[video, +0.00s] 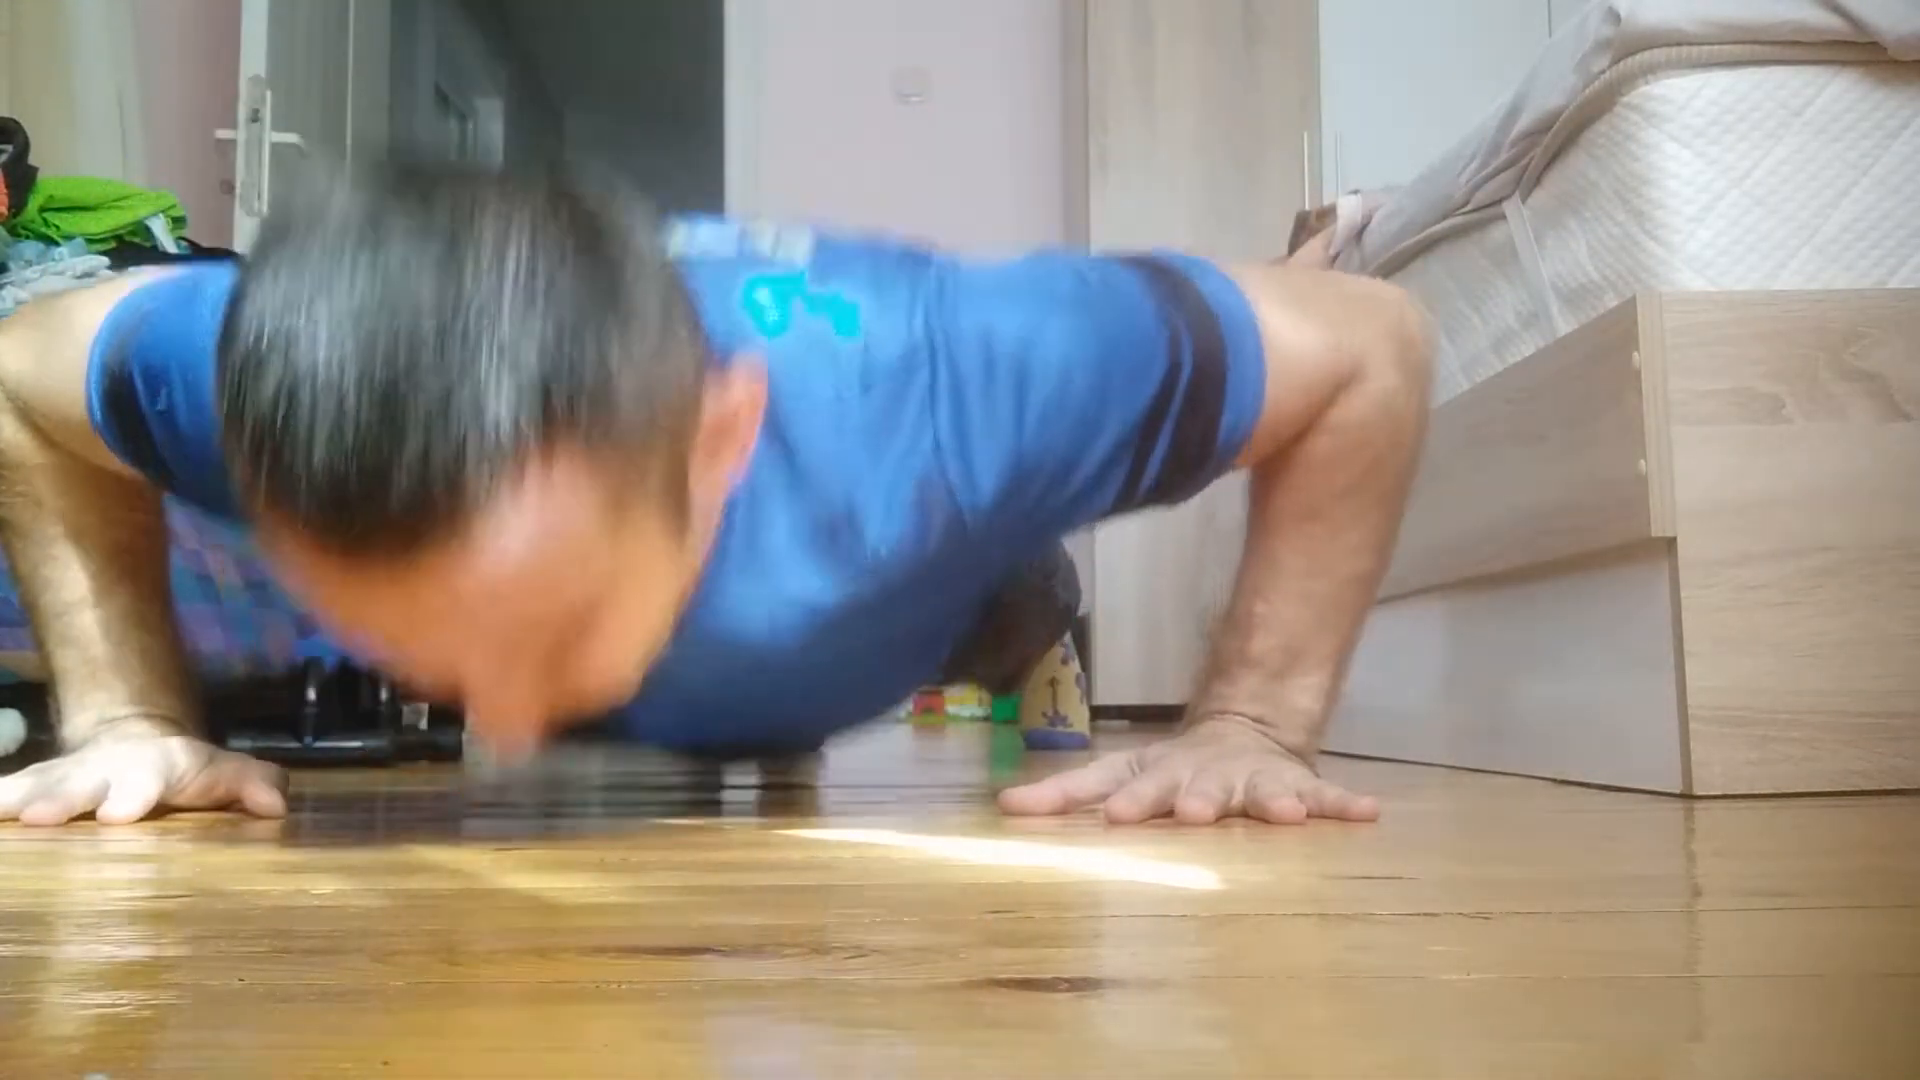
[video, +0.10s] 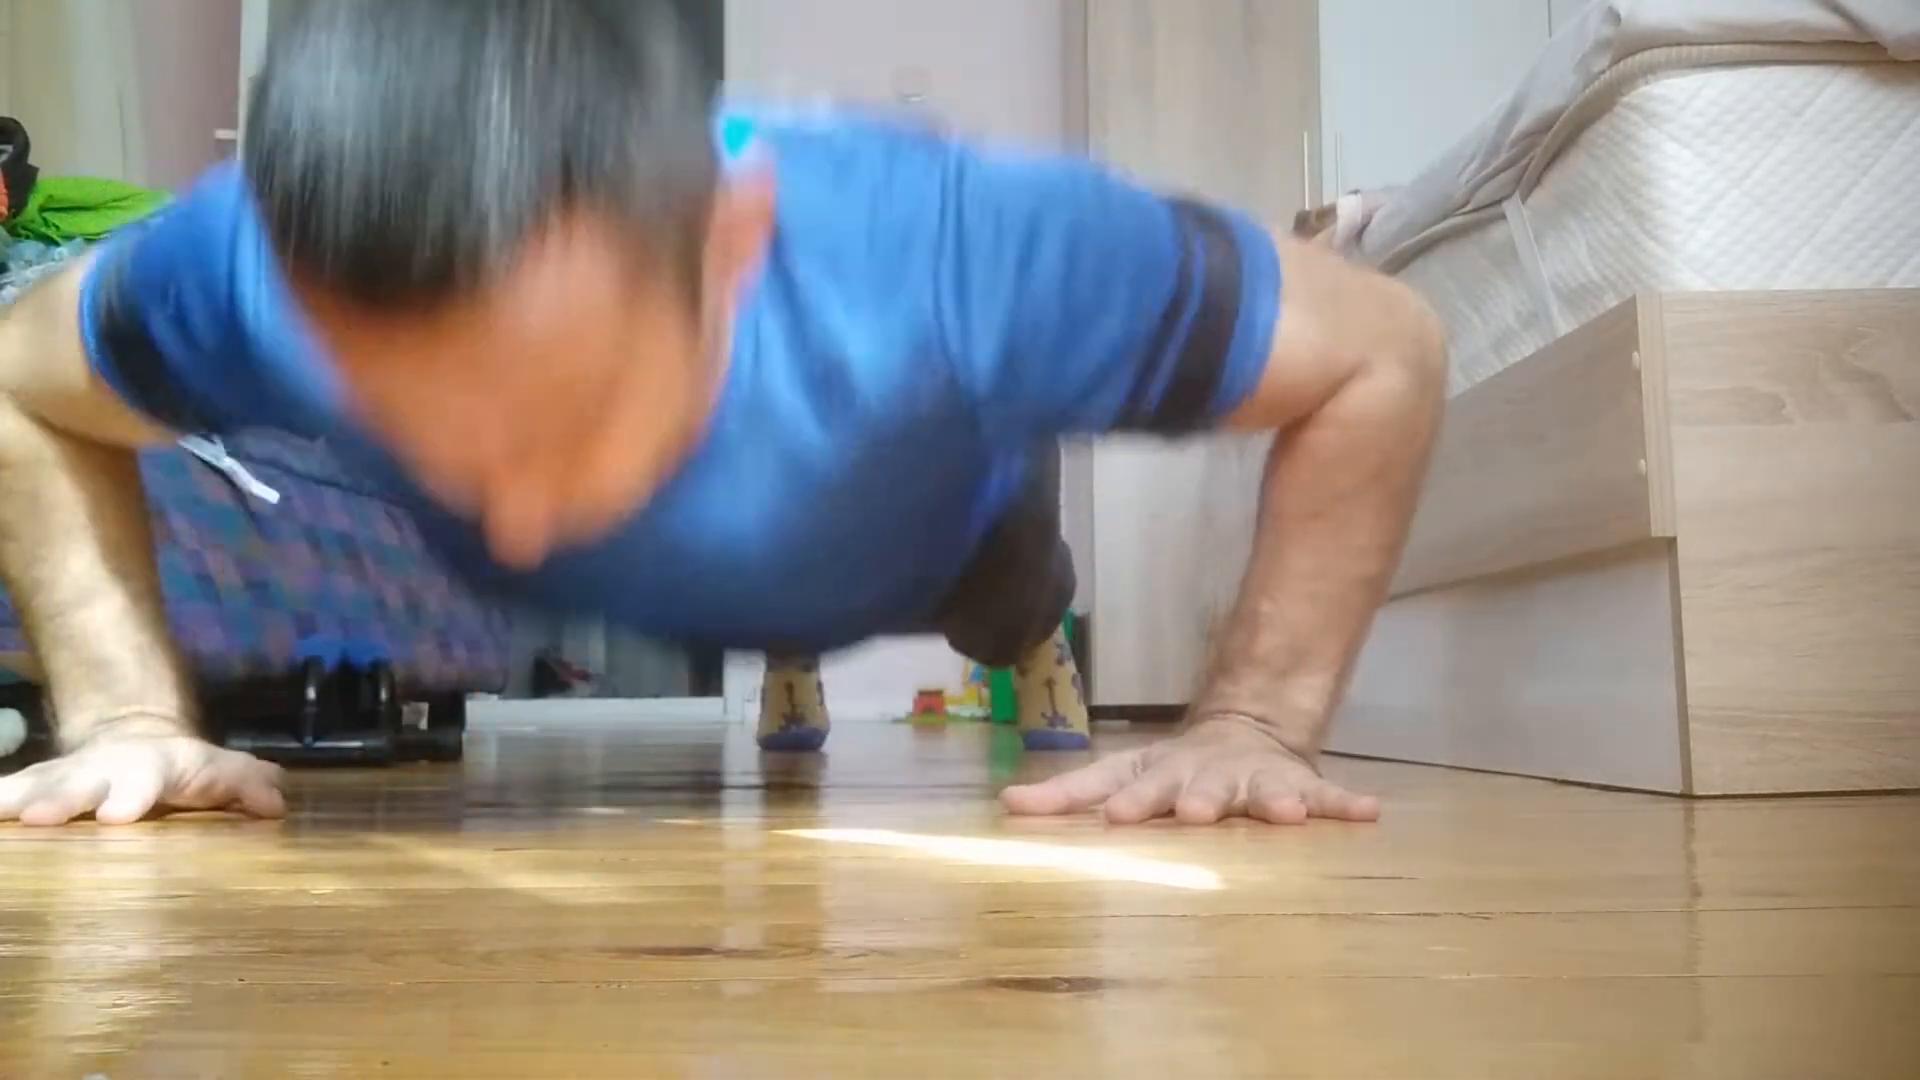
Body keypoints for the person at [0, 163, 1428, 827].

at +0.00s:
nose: (505, 738)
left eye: (563, 645)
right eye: (418, 673)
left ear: (722, 441)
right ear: (298, 518)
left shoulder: (943, 412)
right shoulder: (240, 379)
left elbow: (1372, 351)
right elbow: (30, 375)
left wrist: (1254, 723)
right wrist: (125, 718)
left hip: (890, 644)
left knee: (1010, 640)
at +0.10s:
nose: (506, 506)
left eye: (565, 426)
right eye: (436, 448)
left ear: (728, 243)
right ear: (327, 315)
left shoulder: (958, 271)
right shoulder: (264, 278)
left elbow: (1383, 352)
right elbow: (32, 384)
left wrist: (1260, 717)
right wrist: (132, 712)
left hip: (949, 553)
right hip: (682, 582)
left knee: (1006, 618)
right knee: (783, 630)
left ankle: (1023, 641)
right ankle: (798, 662)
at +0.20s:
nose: (510, 248)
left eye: (571, 165)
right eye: (445, 182)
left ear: (730, 38)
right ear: (354, 109)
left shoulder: (957, 106)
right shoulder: (289, 128)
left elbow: (1345, 346)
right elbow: (67, 378)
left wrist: (1256, 718)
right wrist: (138, 719)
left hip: (931, 479)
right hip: (693, 515)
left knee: (998, 598)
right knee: (768, 605)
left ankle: (1014, 636)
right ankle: (790, 652)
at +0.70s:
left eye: (549, 230)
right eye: (433, 252)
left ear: (698, 58)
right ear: (327, 145)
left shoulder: (917, 133)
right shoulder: (255, 162)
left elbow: (1337, 344)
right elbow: (74, 397)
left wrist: (1244, 717)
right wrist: (138, 714)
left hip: (944, 566)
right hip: (674, 609)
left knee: (1006, 646)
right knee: (768, 647)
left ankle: (1009, 673)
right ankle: (786, 676)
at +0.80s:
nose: (476, 664)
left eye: (535, 571)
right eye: (399, 598)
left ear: (692, 348)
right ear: (287, 451)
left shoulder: (921, 367)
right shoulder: (229, 357)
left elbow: (1348, 354)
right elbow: (51, 398)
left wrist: (1247, 718)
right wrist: (132, 717)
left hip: (958, 678)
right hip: (640, 716)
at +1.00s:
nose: (488, 647)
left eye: (551, 560)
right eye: (405, 579)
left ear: (717, 371)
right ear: (316, 455)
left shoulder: (957, 384)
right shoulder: (241, 370)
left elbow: (1384, 356)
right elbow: (31, 387)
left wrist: (1257, 720)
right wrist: (127, 713)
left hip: (937, 625)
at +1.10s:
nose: (504, 425)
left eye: (561, 337)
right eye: (434, 352)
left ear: (732, 176)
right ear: (340, 247)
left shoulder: (960, 241)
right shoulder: (256, 255)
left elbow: (1398, 356)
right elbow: (21, 397)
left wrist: (1257, 721)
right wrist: (129, 715)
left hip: (951, 528)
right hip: (704, 554)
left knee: (1010, 607)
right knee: (782, 608)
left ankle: (1034, 639)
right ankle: (805, 659)